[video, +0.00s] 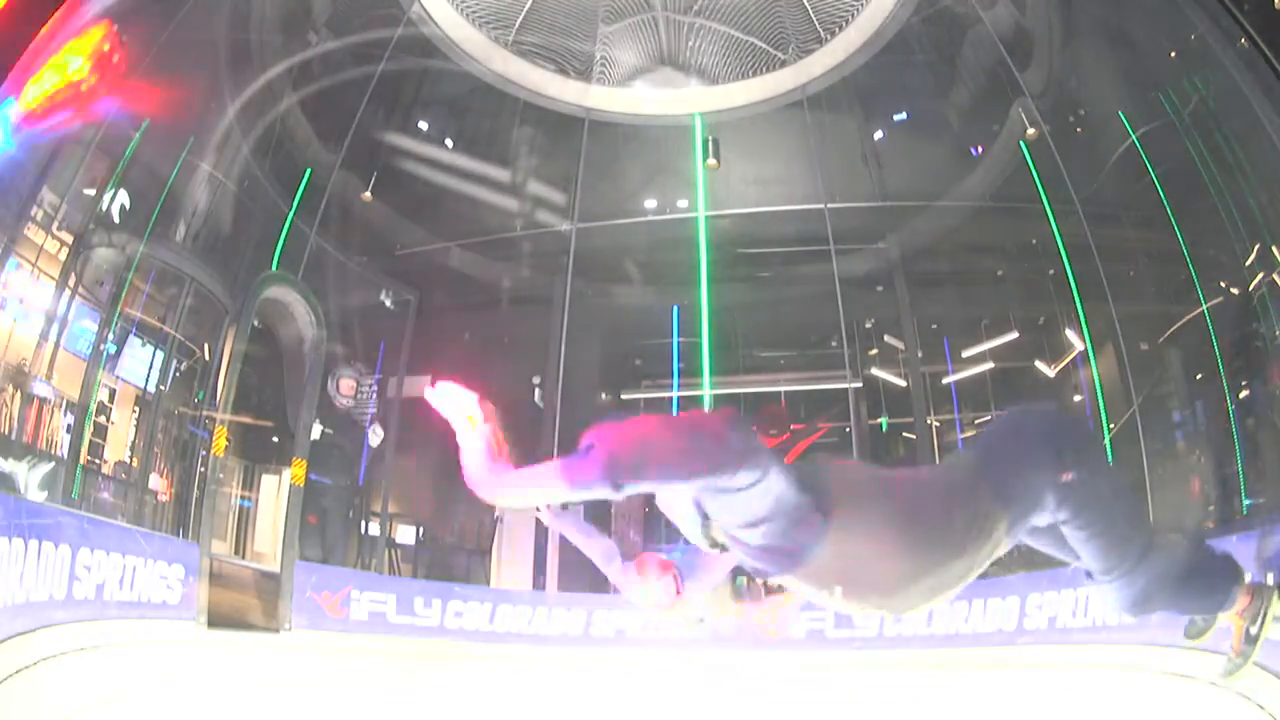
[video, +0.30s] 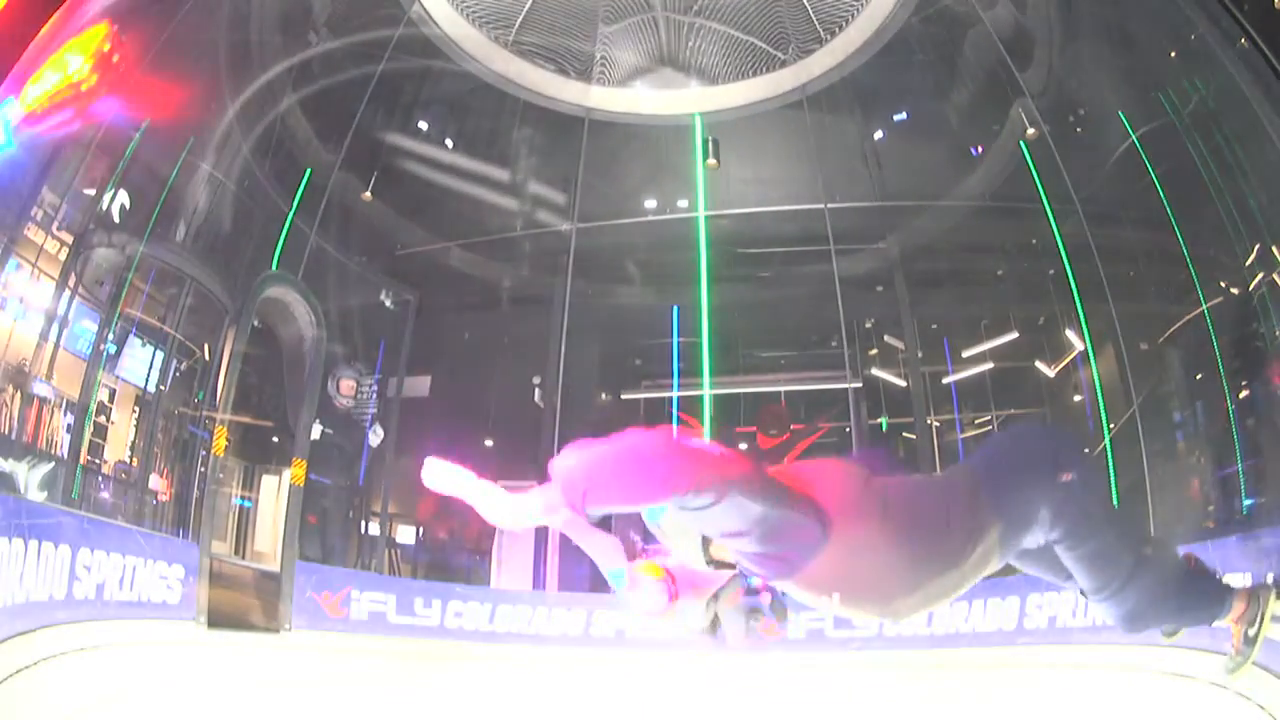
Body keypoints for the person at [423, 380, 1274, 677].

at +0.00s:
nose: (671, 570)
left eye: (667, 558)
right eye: (662, 570)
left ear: (696, 532)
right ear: (688, 572)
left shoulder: (774, 506)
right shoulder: (754, 576)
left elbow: (637, 456)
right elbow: (628, 569)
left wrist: (498, 481)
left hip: (1022, 472)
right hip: (993, 533)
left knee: (1141, 573)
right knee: (1109, 562)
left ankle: (1231, 600)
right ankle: (1214, 583)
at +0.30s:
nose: (692, 548)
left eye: (688, 533)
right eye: (684, 547)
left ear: (710, 510)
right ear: (686, 549)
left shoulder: (795, 515)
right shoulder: (754, 556)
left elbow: (681, 475)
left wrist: (564, 490)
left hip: (1019, 485)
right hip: (993, 548)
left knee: (1134, 589)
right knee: (1114, 586)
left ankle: (1242, 614)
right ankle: (1226, 606)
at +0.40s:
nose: (721, 543)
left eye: (717, 533)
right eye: (712, 545)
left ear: (739, 518)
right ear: (723, 558)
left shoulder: (803, 536)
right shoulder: (793, 576)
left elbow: (722, 481)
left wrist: (571, 521)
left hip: (1028, 499)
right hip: (1011, 541)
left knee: (1132, 604)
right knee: (1119, 605)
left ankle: (1226, 558)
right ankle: (1201, 568)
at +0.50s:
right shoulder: (801, 546)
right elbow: (750, 494)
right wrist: (637, 509)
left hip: (917, 600)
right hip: (920, 574)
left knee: (1042, 523)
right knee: (1048, 498)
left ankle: (1148, 588)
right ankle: (1157, 586)